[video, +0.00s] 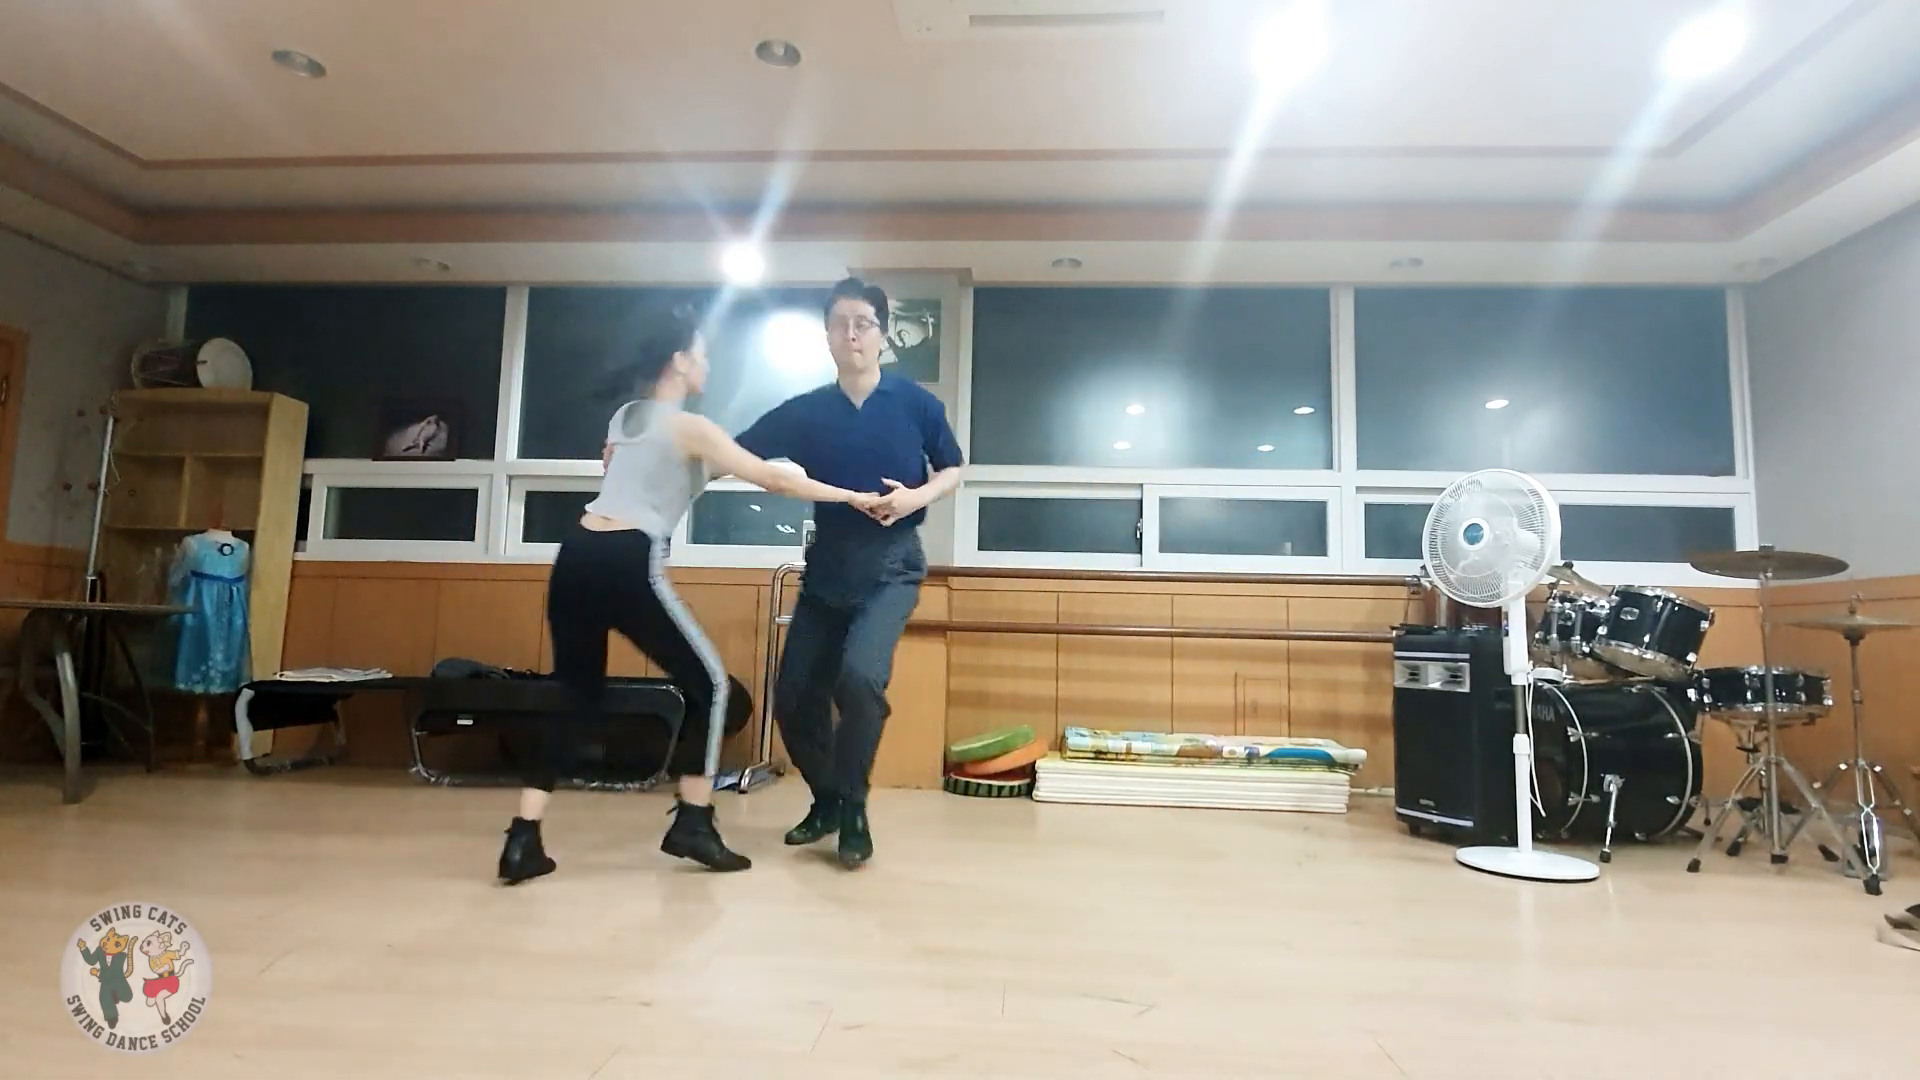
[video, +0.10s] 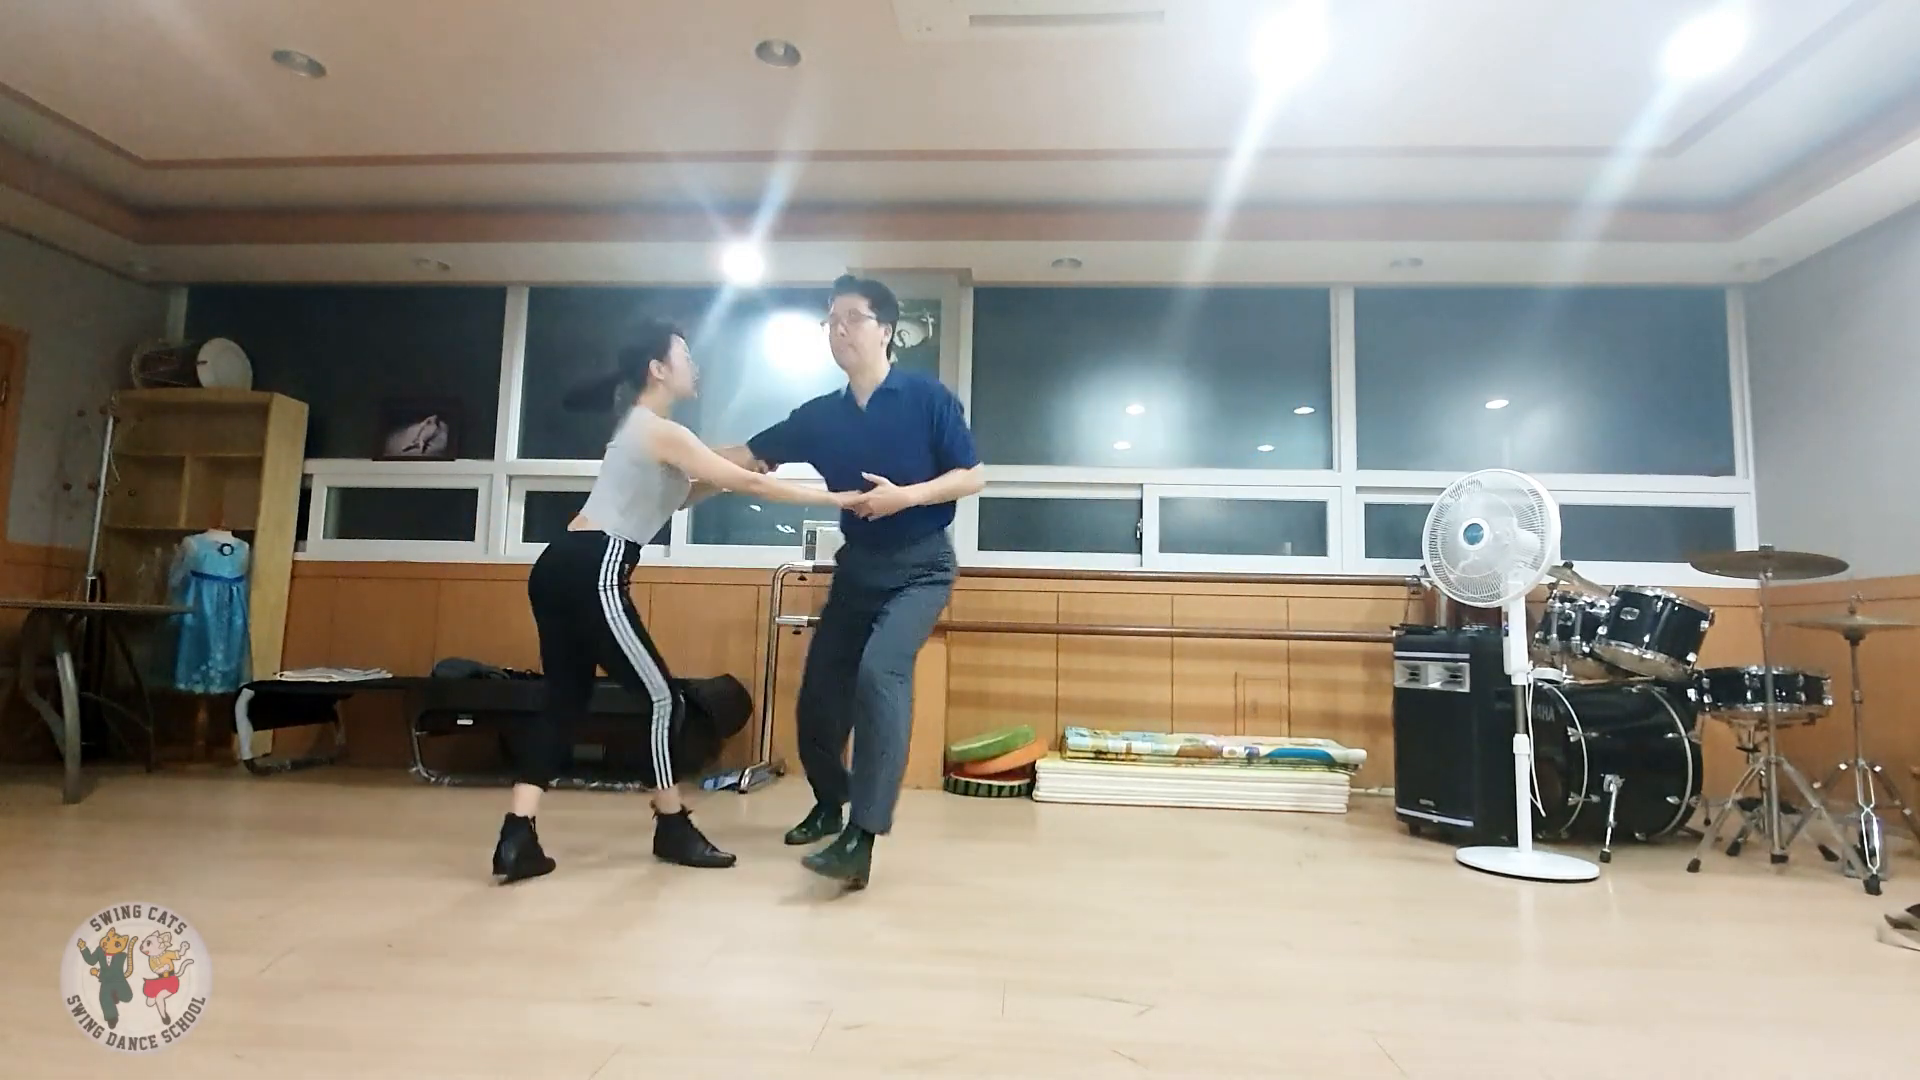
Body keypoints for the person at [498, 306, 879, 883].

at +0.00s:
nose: (706, 366)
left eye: (704, 355)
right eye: (700, 356)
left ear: (661, 365)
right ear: (676, 363)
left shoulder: (622, 420)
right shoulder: (691, 428)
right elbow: (770, 477)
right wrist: (851, 495)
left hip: (574, 566)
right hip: (630, 570)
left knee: (573, 695)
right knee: (710, 686)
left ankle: (522, 837)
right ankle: (693, 824)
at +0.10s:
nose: (693, 365)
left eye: (688, 355)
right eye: (684, 356)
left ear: (651, 372)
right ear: (658, 369)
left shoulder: (634, 430)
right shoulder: (662, 432)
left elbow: (677, 496)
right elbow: (750, 482)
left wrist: (741, 481)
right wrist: (834, 497)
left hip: (558, 572)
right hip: (596, 575)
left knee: (563, 700)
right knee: (661, 696)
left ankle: (517, 833)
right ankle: (673, 827)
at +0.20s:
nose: (698, 366)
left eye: (695, 357)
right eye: (687, 357)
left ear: (664, 371)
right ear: (656, 369)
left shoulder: (664, 433)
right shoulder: (651, 424)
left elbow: (707, 493)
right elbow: (736, 464)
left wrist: (745, 469)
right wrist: (836, 473)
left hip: (602, 568)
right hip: (607, 568)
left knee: (613, 697)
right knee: (659, 697)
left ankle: (529, 808)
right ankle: (665, 829)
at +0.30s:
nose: (721, 366)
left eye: (719, 357)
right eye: (708, 358)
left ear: (707, 371)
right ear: (676, 370)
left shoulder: (714, 434)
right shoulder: (669, 422)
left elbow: (751, 488)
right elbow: (713, 457)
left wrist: (796, 452)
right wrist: (781, 449)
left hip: (674, 571)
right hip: (647, 568)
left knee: (717, 697)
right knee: (684, 698)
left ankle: (616, 770)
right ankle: (669, 828)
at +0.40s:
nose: (751, 368)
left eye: (757, 361)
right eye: (740, 360)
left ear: (763, 376)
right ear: (714, 373)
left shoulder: (762, 440)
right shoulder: (697, 421)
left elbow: (800, 502)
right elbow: (684, 466)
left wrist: (850, 467)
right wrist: (708, 418)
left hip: (739, 575)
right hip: (692, 573)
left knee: (788, 682)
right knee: (718, 700)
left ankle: (746, 799)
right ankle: (691, 823)